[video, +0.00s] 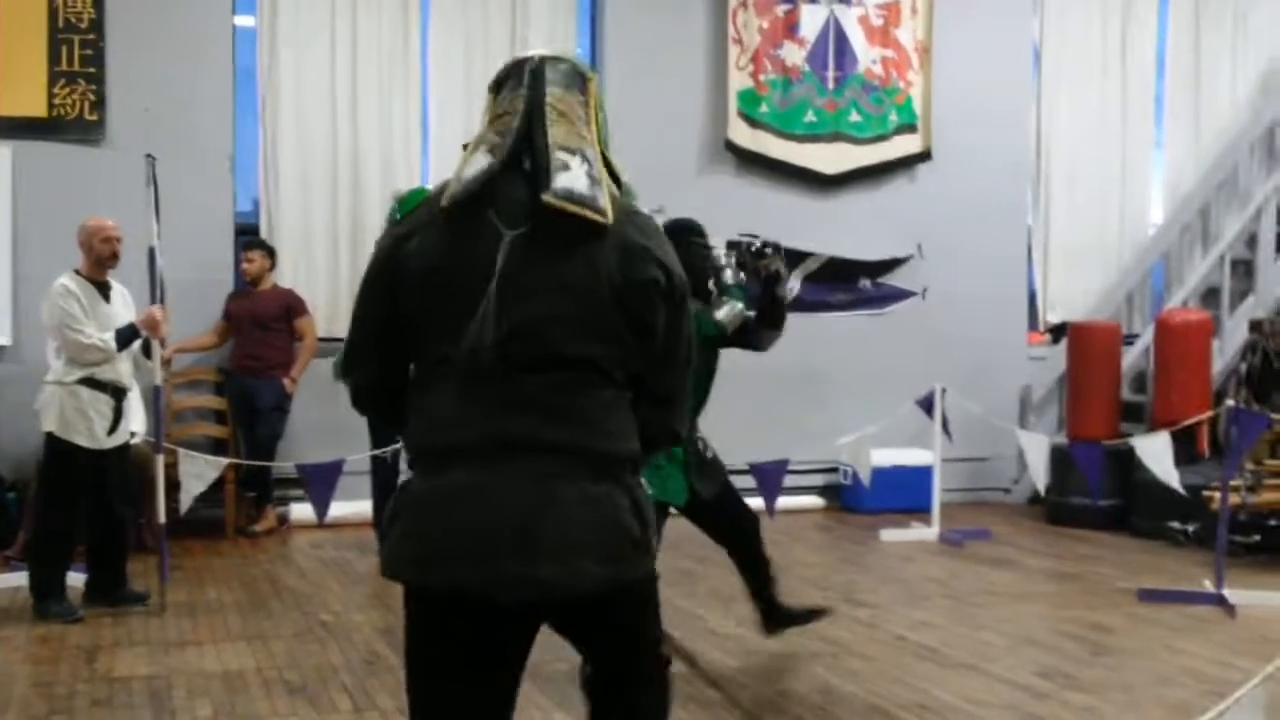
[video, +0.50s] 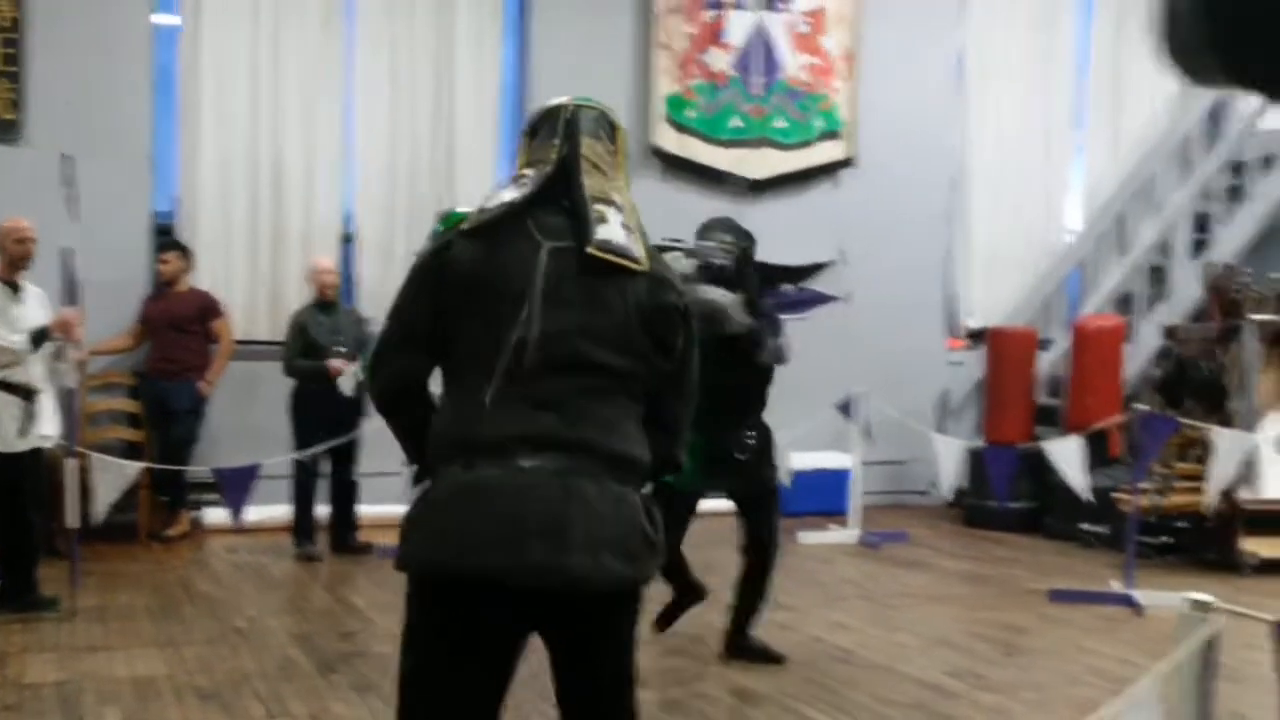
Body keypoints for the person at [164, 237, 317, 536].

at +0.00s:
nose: (245, 266)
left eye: (251, 261)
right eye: (243, 261)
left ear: (269, 263)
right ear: (242, 265)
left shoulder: (287, 299)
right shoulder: (236, 299)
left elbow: (310, 339)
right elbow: (217, 337)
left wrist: (293, 377)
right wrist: (176, 348)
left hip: (273, 382)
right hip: (239, 380)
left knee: (263, 446)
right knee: (248, 446)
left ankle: (265, 510)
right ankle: (263, 510)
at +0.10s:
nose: (238, 266)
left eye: (244, 261)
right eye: (236, 261)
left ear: (262, 263)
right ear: (235, 265)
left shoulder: (281, 299)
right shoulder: (229, 300)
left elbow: (303, 339)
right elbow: (210, 337)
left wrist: (286, 378)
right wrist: (169, 349)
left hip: (266, 382)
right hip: (232, 381)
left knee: (255, 446)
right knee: (241, 447)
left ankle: (258, 511)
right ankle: (255, 511)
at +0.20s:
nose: (216, 265)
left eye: (222, 260)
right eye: (214, 259)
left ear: (237, 263)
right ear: (211, 264)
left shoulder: (254, 299)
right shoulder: (208, 299)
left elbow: (277, 338)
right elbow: (186, 335)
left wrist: (260, 377)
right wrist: (145, 349)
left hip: (238, 381)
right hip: (206, 379)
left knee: (228, 445)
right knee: (211, 446)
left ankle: (231, 510)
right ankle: (218, 509)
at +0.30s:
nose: (191, 267)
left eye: (197, 262)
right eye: (189, 262)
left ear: (216, 265)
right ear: (188, 266)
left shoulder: (234, 300)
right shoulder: (184, 300)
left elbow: (257, 340)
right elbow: (163, 338)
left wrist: (240, 379)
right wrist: (122, 350)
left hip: (219, 383)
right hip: (185, 381)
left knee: (209, 447)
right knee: (191, 448)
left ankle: (211, 512)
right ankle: (199, 511)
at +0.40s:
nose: (176, 268)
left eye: (182, 262)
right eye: (174, 263)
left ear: (201, 266)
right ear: (172, 267)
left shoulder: (219, 300)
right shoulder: (168, 301)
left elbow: (242, 340)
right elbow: (148, 338)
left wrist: (225, 380)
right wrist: (107, 351)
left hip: (204, 384)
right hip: (170, 383)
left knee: (193, 449)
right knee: (175, 449)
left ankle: (196, 513)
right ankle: (186, 512)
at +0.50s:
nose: (161, 267)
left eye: (167, 262)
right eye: (159, 262)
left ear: (185, 265)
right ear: (158, 266)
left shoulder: (202, 301)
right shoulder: (154, 301)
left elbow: (226, 341)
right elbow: (133, 339)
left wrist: (209, 381)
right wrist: (91, 351)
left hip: (187, 384)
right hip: (155, 383)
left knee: (177, 448)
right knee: (159, 450)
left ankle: (179, 514)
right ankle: (165, 512)